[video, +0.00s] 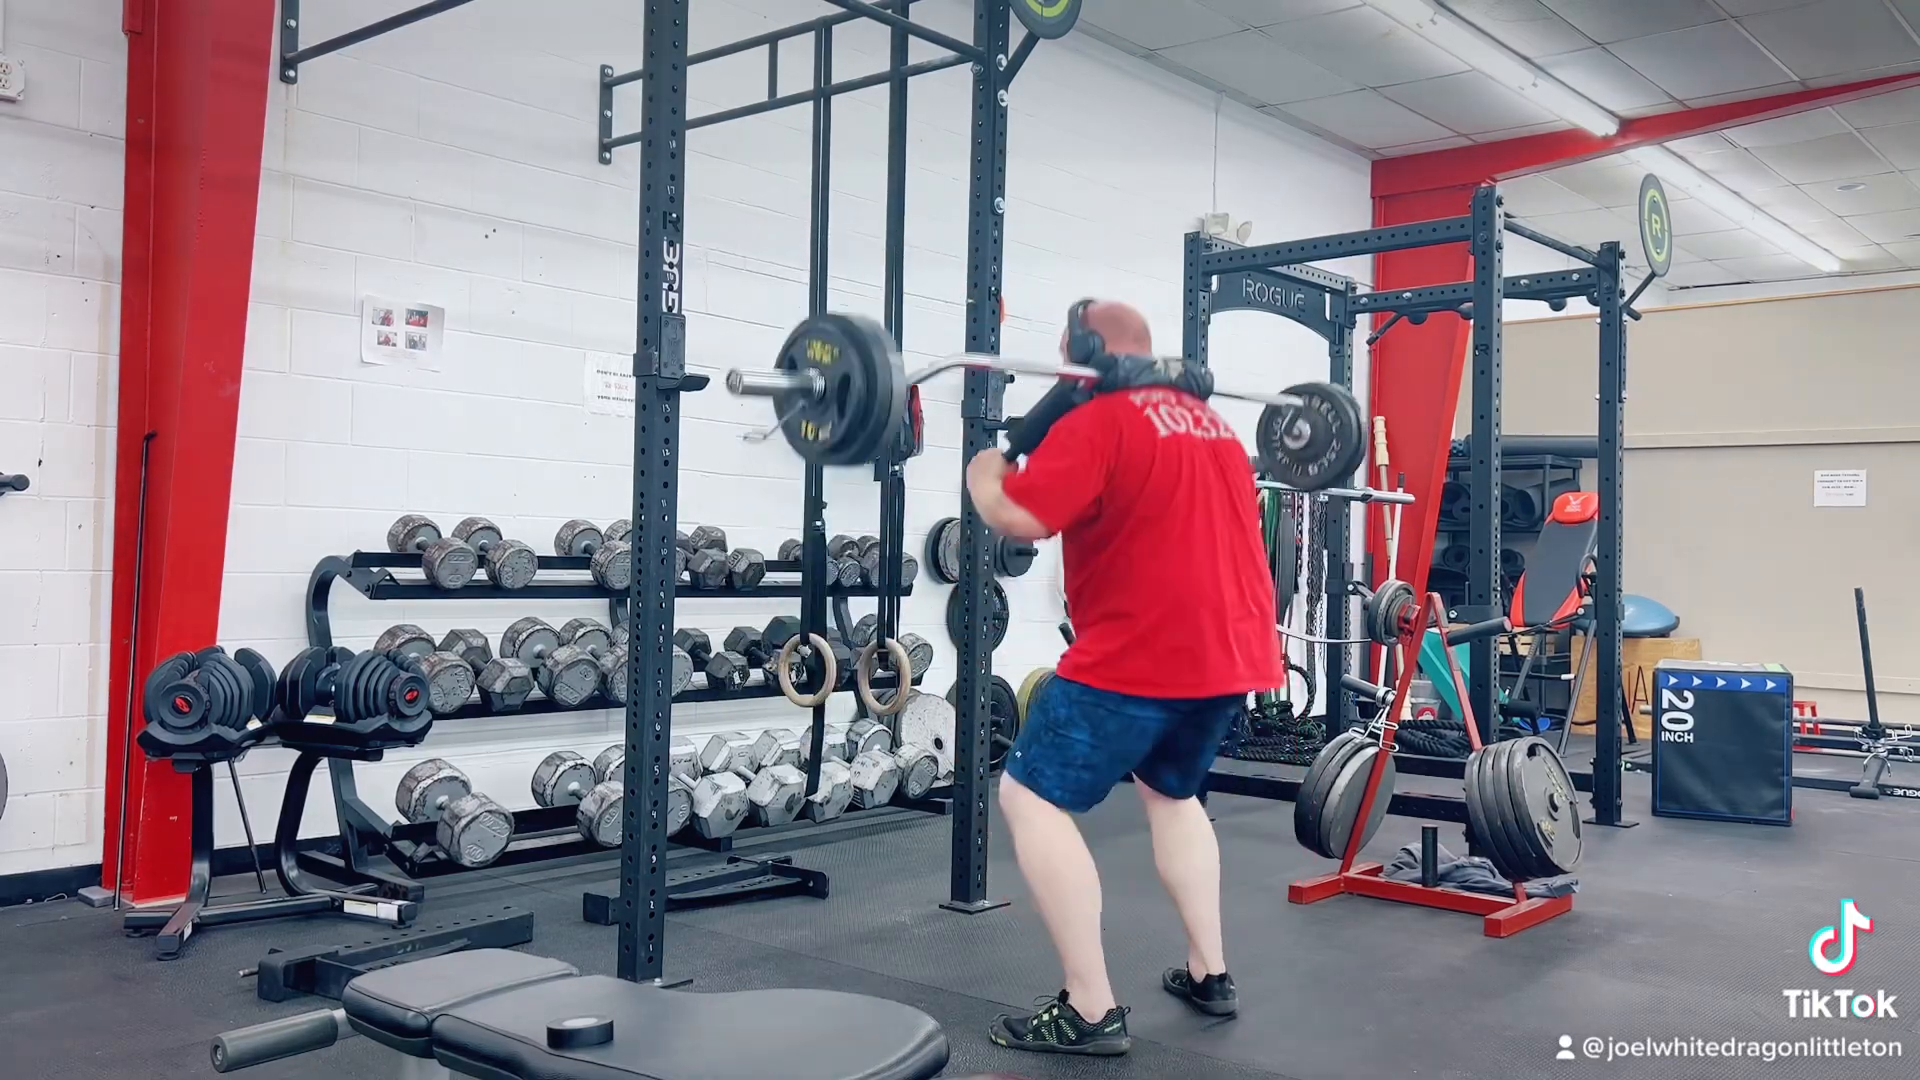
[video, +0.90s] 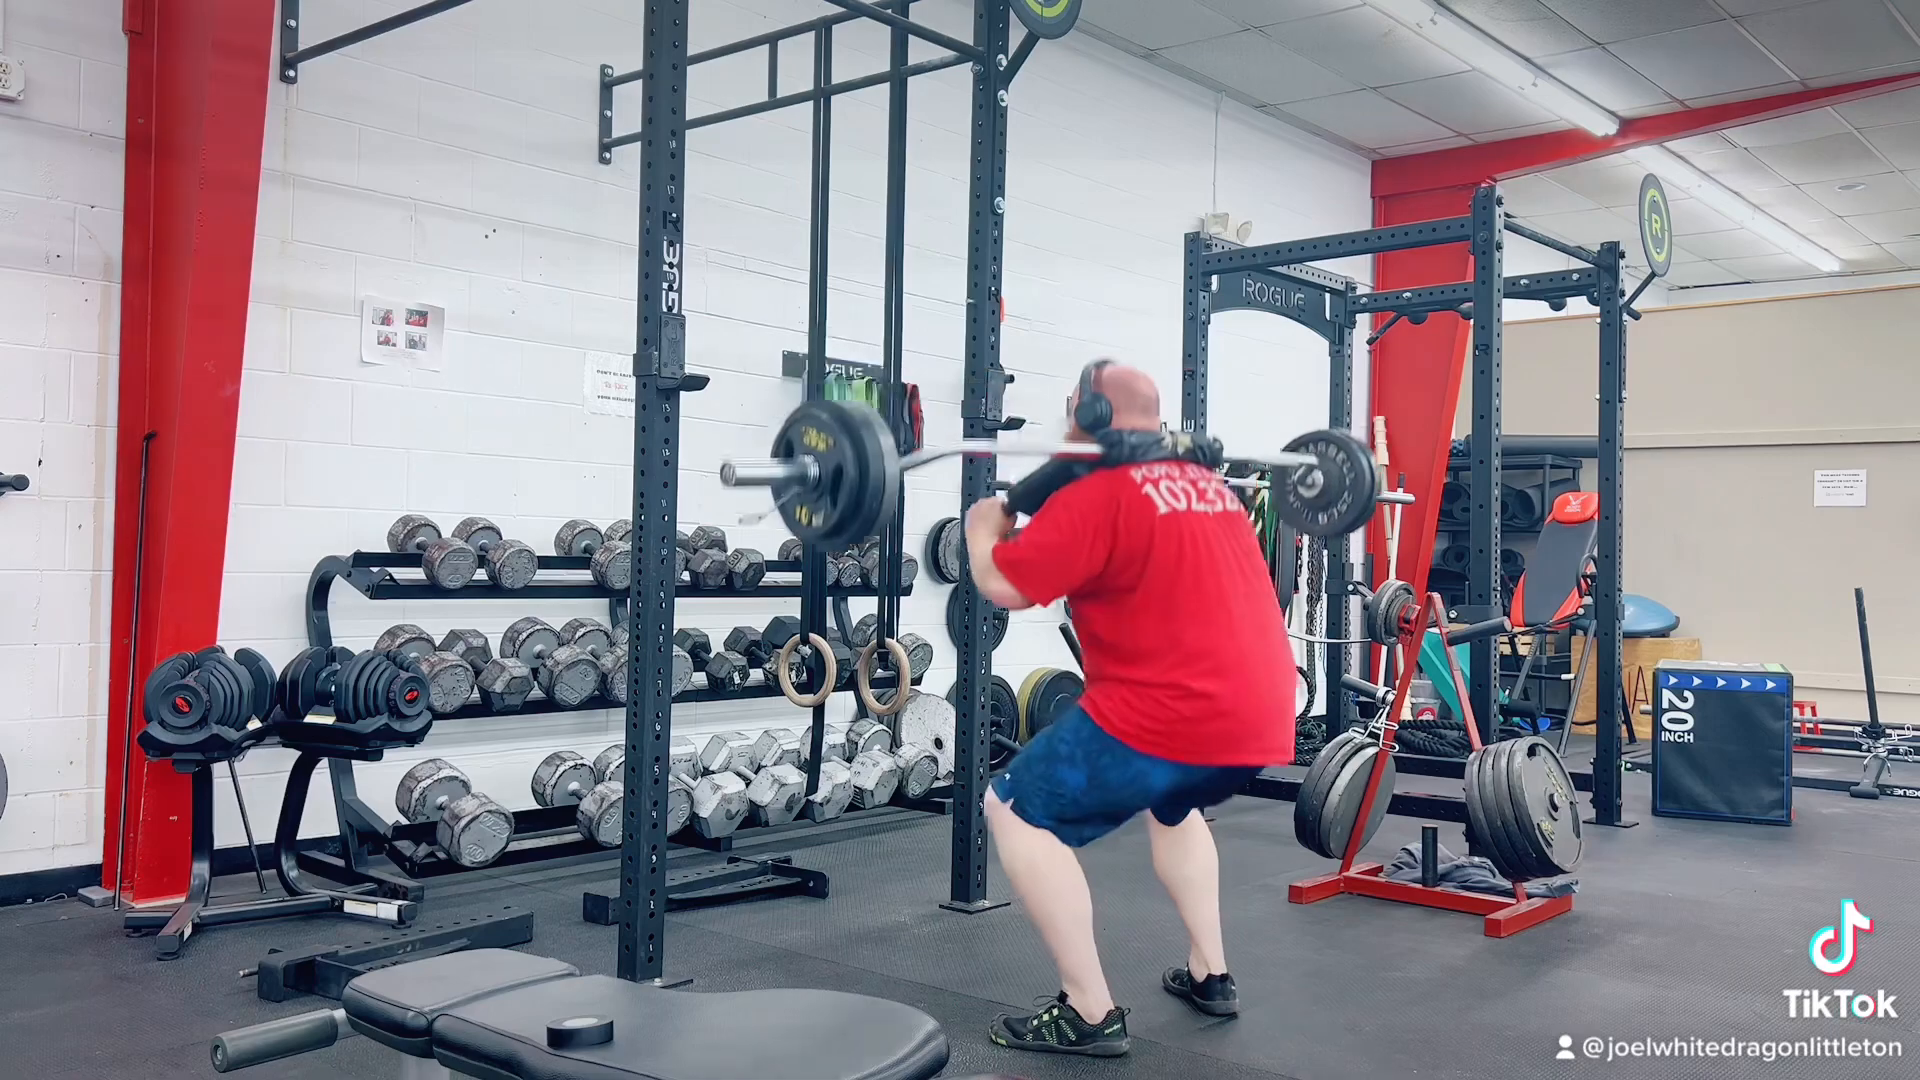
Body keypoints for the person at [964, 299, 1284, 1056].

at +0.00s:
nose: (1063, 367)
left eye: (1066, 354)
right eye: (1065, 353)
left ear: (1081, 356)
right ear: (1149, 351)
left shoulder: (1100, 419)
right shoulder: (1211, 422)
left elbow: (1021, 518)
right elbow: (1239, 529)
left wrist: (982, 471)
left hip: (1142, 647)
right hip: (1237, 648)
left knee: (1029, 792)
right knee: (1171, 787)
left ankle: (1090, 1005)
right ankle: (1210, 973)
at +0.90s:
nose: (1067, 424)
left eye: (1071, 413)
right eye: (1070, 413)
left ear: (1086, 422)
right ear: (1157, 422)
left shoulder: (1103, 493)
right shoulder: (1210, 485)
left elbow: (1006, 585)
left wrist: (983, 530)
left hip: (1161, 718)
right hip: (1263, 717)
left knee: (1013, 806)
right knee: (1172, 803)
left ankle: (1089, 1008)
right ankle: (1211, 974)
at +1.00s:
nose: (1067, 509)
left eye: (1069, 499)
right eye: (1073, 499)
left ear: (1080, 504)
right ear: (1153, 500)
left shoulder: (1097, 572)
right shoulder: (1201, 557)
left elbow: (992, 659)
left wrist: (972, 592)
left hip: (1186, 785)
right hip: (1277, 783)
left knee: (999, 810)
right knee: (1158, 797)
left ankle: (1089, 1010)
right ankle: (1210, 973)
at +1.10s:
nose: (1063, 576)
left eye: (1064, 566)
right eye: (1066, 566)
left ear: (1075, 573)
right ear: (1149, 566)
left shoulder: (1095, 638)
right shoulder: (1199, 619)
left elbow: (987, 720)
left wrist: (972, 650)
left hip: (1203, 858)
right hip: (1282, 853)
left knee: (999, 811)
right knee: (1159, 782)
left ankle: (1088, 1010)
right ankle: (1209, 974)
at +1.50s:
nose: (1064, 477)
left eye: (1064, 468)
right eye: (1066, 468)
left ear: (1079, 470)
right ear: (1149, 462)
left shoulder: (1108, 530)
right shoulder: (1212, 517)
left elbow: (1013, 626)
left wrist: (980, 570)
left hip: (1194, 732)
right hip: (1291, 731)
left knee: (1024, 800)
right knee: (1194, 806)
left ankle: (1089, 1008)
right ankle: (1214, 974)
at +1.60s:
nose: (1070, 415)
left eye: (1071, 403)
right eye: (1071, 404)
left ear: (1090, 402)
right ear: (1160, 394)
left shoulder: (1116, 454)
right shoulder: (1224, 456)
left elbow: (1035, 557)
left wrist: (1000, 516)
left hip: (1179, 666)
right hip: (1275, 668)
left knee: (1042, 794)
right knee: (1189, 789)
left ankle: (1091, 1009)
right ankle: (1214, 974)